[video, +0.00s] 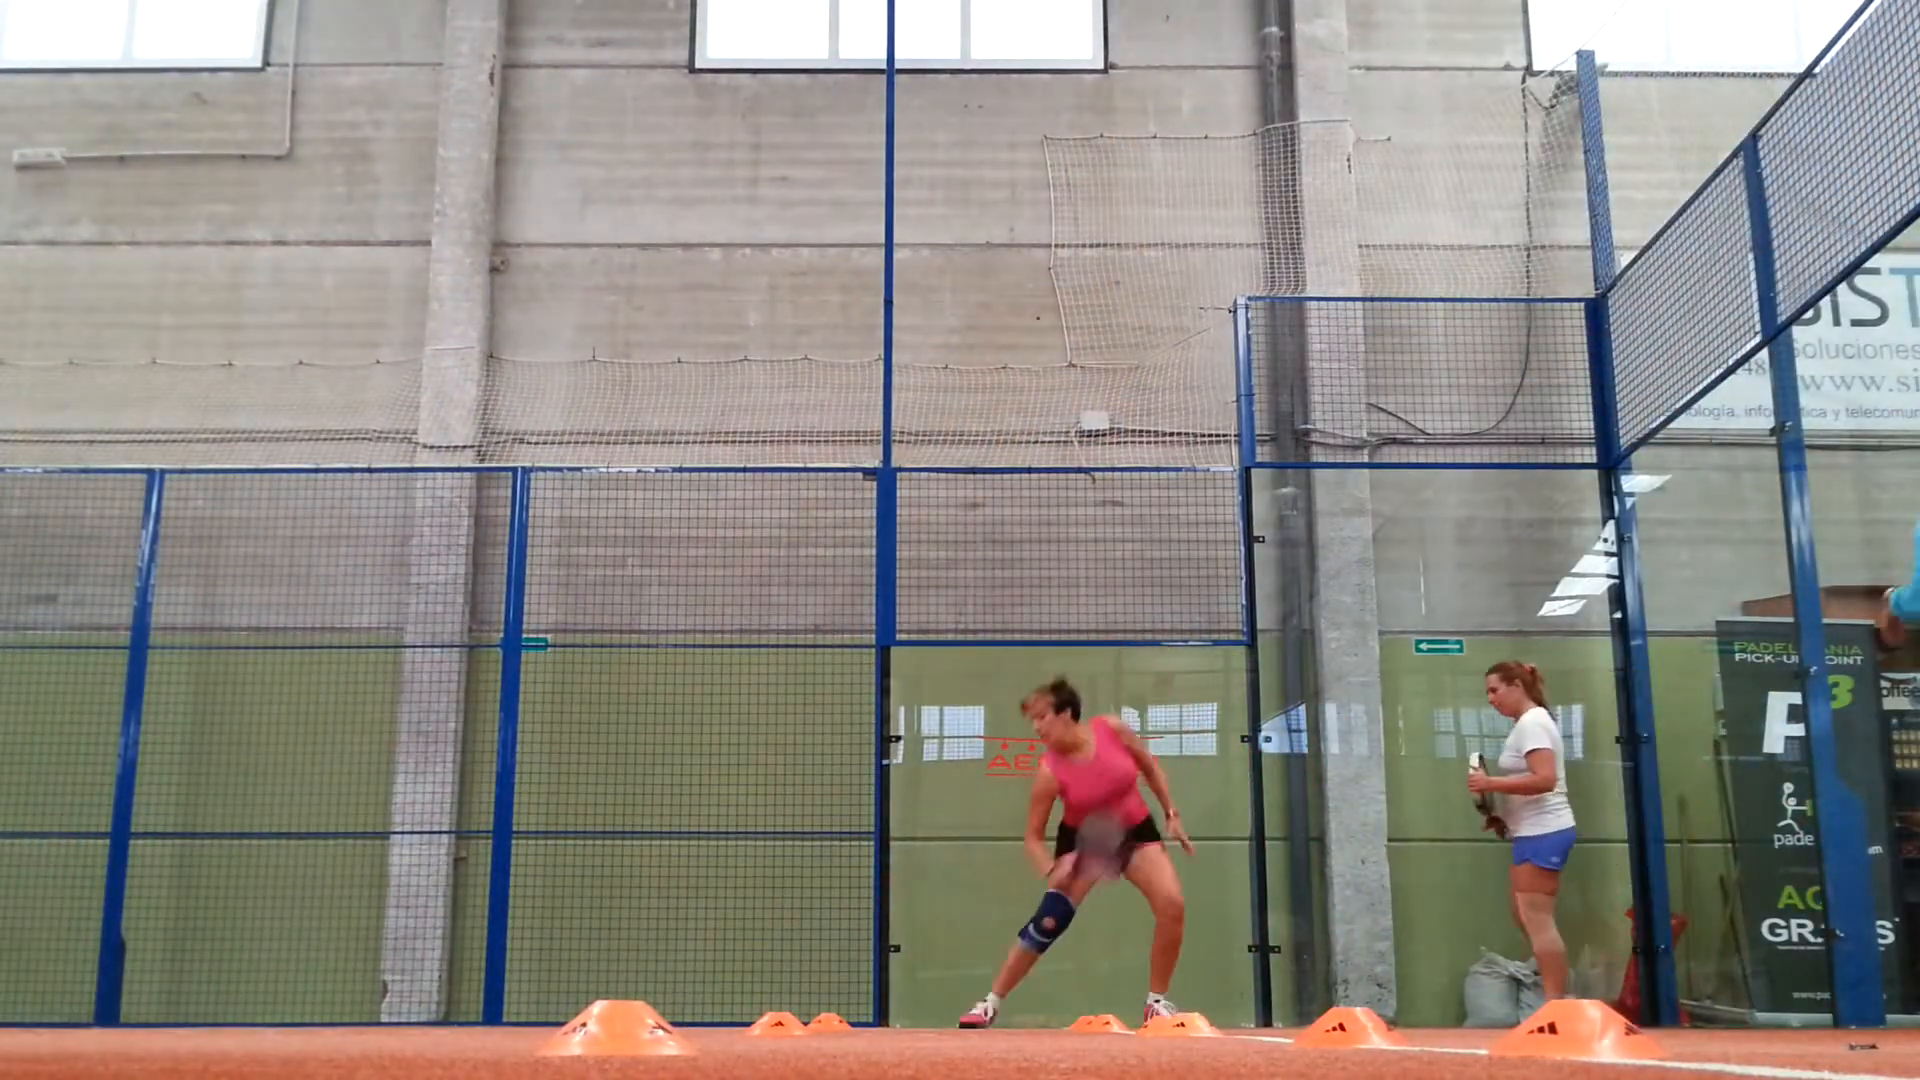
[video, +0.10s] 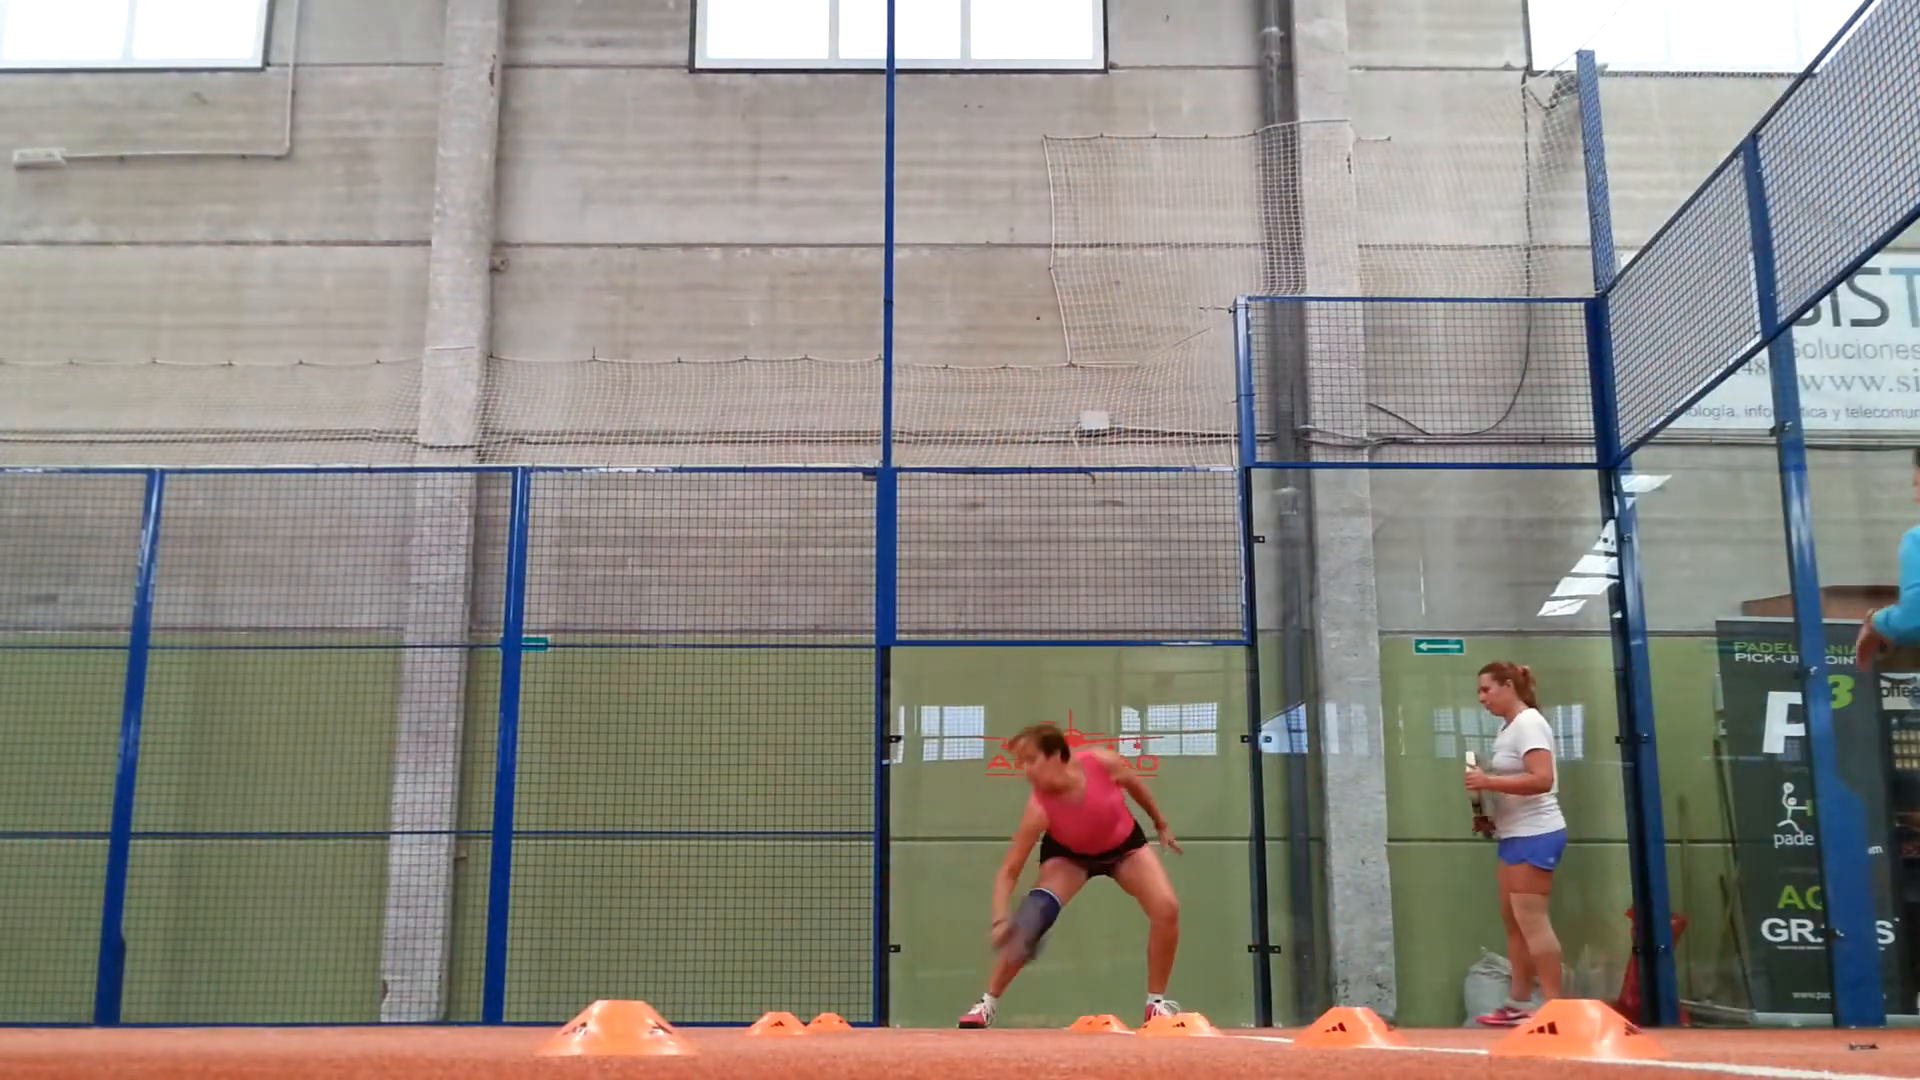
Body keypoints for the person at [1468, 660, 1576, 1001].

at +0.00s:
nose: (1490, 700)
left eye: (1494, 691)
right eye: (1488, 693)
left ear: (1517, 687)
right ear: (1514, 690)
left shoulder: (1535, 722)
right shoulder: (1527, 723)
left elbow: (1545, 779)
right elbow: (1538, 787)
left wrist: (1491, 783)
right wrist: (1505, 819)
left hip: (1544, 830)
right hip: (1533, 831)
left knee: (1537, 916)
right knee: (1525, 914)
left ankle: (1556, 1004)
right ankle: (1557, 998)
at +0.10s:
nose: (1482, 699)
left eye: (1486, 690)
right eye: (1480, 693)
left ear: (1508, 686)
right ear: (1498, 692)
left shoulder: (1529, 722)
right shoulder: (1510, 728)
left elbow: (1542, 779)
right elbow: (1517, 784)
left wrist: (1489, 781)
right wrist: (1493, 816)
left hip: (1535, 833)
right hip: (1513, 834)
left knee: (1532, 920)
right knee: (1513, 920)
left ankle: (1555, 1006)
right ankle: (1519, 1002)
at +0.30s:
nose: (1461, 698)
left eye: (1466, 690)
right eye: (1459, 692)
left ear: (1490, 689)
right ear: (1472, 695)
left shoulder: (1518, 726)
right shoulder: (1475, 736)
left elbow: (1543, 780)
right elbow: (1480, 790)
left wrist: (1492, 782)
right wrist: (1466, 820)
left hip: (1520, 837)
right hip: (1482, 838)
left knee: (1521, 922)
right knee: (1468, 920)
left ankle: (1552, 1004)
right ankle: (1463, 1003)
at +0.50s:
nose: (1432, 701)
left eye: (1438, 693)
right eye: (1430, 695)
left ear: (1461, 694)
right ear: (1434, 701)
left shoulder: (1494, 733)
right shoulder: (1431, 745)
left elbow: (1527, 783)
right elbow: (1425, 796)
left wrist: (1503, 781)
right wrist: (1430, 823)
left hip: (1493, 840)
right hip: (1450, 843)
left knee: (1507, 922)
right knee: (1435, 922)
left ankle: (1551, 1004)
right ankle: (1436, 1008)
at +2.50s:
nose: (1440, 709)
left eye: (1447, 703)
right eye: (1436, 705)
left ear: (1467, 708)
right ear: (1435, 714)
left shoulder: (1487, 746)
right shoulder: (1431, 755)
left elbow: (1508, 799)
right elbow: (1427, 798)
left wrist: (1475, 786)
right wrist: (1422, 822)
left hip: (1480, 848)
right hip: (1440, 849)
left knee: (1489, 929)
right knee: (1446, 932)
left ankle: (1521, 1006)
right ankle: (1453, 1009)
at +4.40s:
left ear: (1464, 710)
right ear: (1418, 712)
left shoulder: (1477, 742)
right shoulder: (1415, 749)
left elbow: (1498, 795)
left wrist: (1459, 779)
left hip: (1463, 850)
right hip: (1430, 849)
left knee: (1476, 926)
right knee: (1443, 931)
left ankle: (1493, 989)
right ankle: (1451, 1004)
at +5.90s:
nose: (1437, 706)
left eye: (1444, 699)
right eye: (1433, 702)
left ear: (1463, 706)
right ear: (1430, 710)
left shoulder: (1483, 745)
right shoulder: (1425, 753)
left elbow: (1501, 797)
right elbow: (1418, 795)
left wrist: (1468, 780)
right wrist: (1414, 821)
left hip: (1473, 845)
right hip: (1434, 848)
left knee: (1483, 926)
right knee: (1445, 930)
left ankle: (1509, 1007)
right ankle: (1452, 1009)